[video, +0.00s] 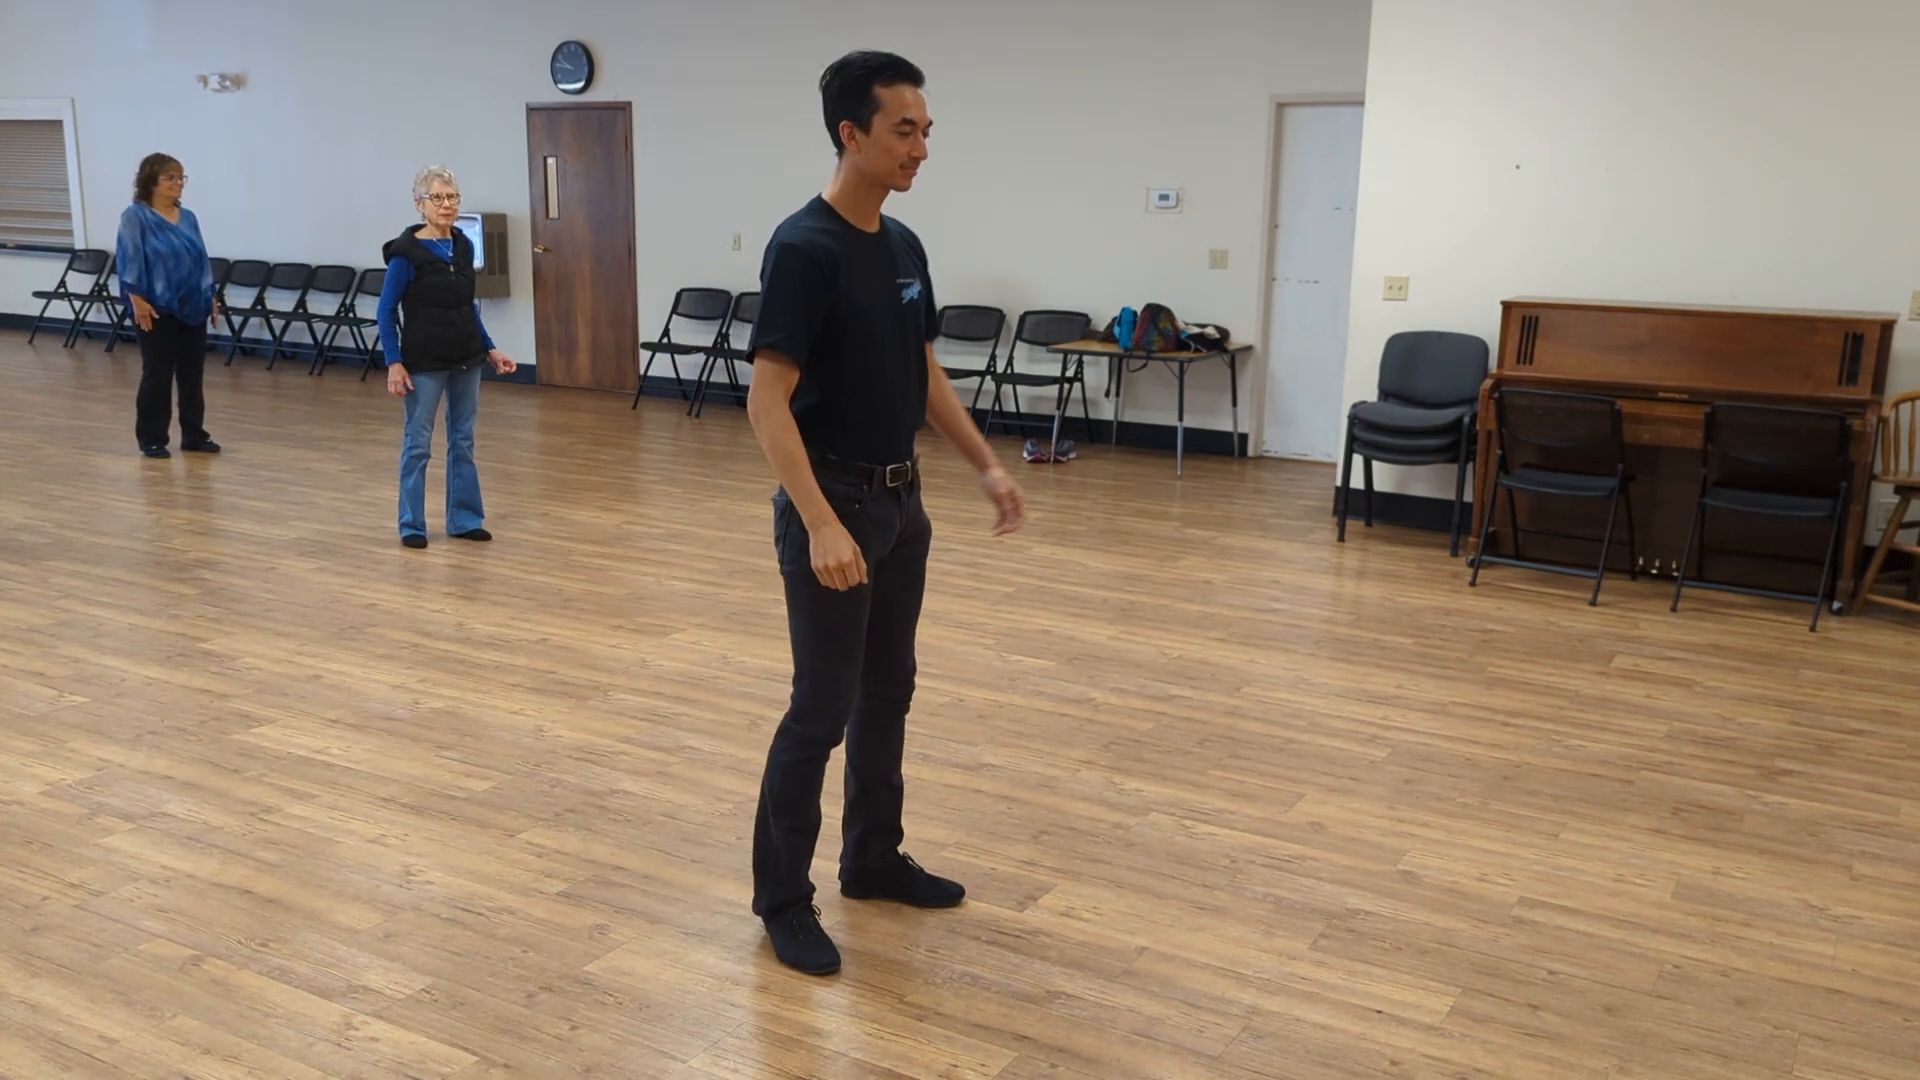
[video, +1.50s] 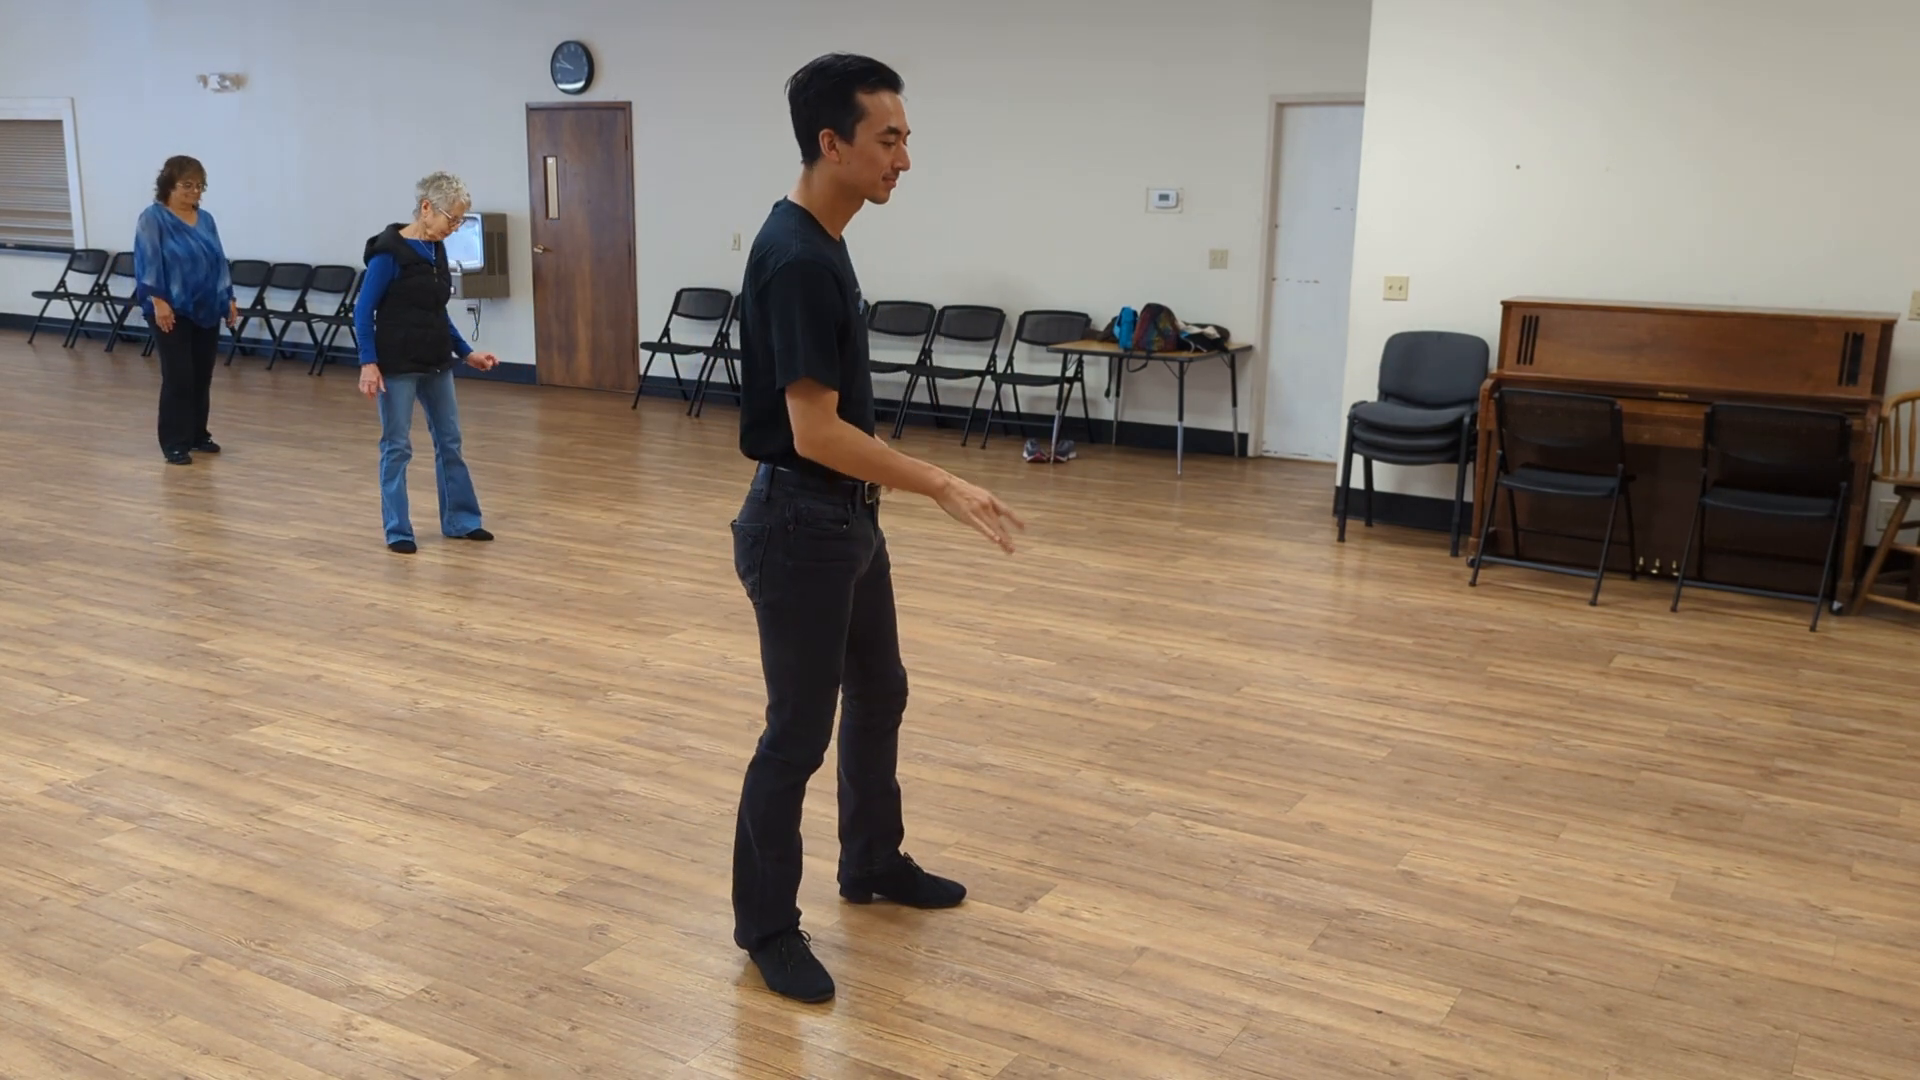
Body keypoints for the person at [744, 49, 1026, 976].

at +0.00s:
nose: (921, 145)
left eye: (924, 129)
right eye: (904, 129)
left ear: (908, 136)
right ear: (849, 133)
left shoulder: (903, 245)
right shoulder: (801, 247)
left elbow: (926, 375)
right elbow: (766, 401)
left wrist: (986, 462)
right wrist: (820, 521)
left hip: (898, 499)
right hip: (826, 504)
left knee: (886, 692)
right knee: (820, 710)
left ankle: (873, 859)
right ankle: (782, 899)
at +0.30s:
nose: (940, 140)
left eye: (943, 125)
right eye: (923, 124)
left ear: (930, 135)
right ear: (869, 131)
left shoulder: (926, 246)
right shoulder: (820, 243)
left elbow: (947, 377)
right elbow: (776, 390)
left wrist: (1006, 476)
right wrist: (814, 515)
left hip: (907, 500)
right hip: (833, 503)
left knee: (886, 695)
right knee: (821, 710)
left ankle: (871, 857)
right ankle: (776, 911)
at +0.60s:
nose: (939, 145)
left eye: (940, 130)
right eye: (923, 128)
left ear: (901, 142)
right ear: (867, 134)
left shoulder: (904, 262)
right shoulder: (817, 244)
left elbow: (901, 407)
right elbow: (774, 395)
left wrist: (956, 492)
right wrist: (833, 520)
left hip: (899, 517)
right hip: (824, 522)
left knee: (890, 697)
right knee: (815, 724)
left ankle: (871, 858)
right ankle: (768, 921)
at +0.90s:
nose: (920, 148)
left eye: (922, 132)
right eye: (905, 129)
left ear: (881, 143)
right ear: (848, 135)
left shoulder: (872, 252)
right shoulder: (805, 244)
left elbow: (864, 394)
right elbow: (771, 401)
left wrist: (941, 454)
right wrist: (866, 501)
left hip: (867, 523)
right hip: (803, 527)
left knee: (883, 697)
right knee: (805, 732)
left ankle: (872, 859)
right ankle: (768, 927)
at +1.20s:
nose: (911, 157)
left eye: (912, 139)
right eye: (897, 138)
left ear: (855, 146)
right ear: (839, 142)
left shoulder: (839, 251)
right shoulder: (798, 261)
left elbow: (832, 401)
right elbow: (792, 432)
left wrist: (886, 471)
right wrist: (896, 523)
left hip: (853, 524)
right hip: (800, 528)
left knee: (882, 700)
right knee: (809, 738)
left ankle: (872, 860)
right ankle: (768, 929)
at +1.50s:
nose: (903, 155)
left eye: (904, 137)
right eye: (888, 137)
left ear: (839, 146)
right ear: (828, 142)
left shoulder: (818, 243)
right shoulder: (797, 258)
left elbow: (817, 410)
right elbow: (812, 427)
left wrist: (865, 485)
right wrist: (944, 484)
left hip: (846, 517)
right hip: (798, 525)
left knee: (877, 695)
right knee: (795, 733)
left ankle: (871, 863)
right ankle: (767, 926)